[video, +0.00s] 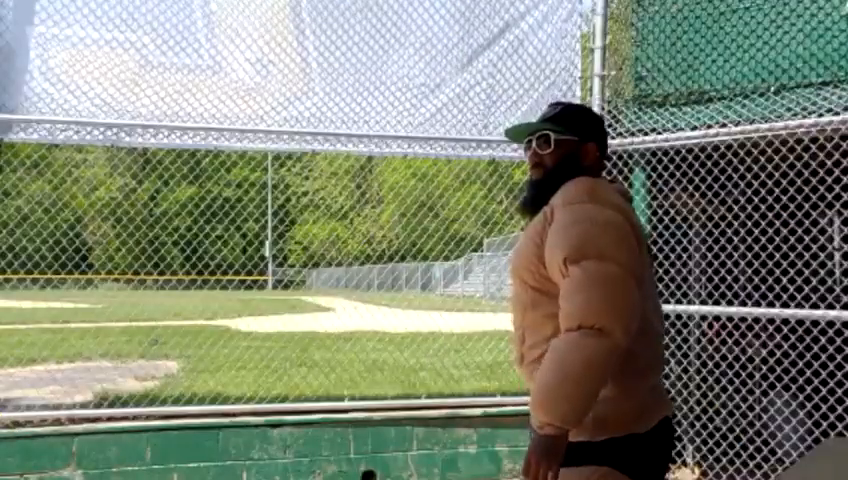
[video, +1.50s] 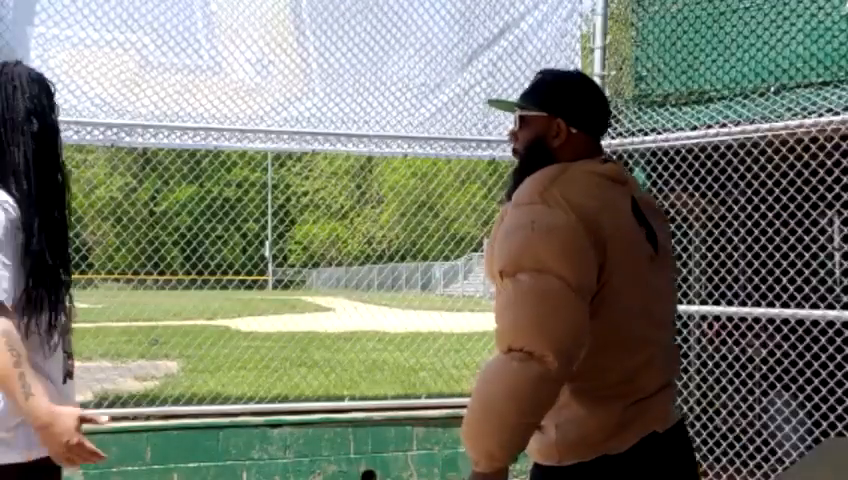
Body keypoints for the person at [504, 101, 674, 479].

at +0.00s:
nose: (532, 154)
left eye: (545, 141)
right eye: (530, 144)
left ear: (588, 152)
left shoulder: (584, 204)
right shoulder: (576, 203)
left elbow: (595, 324)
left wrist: (550, 425)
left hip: (606, 438)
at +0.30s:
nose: (529, 151)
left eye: (543, 139)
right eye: (529, 140)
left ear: (584, 151)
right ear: (586, 154)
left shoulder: (576, 206)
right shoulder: (597, 202)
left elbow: (584, 328)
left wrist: (553, 440)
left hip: (603, 440)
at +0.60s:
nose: (523, 150)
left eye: (537, 136)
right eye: (524, 137)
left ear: (578, 147)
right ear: (579, 150)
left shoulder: (571, 207)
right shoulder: (595, 199)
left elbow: (570, 331)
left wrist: (517, 432)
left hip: (594, 444)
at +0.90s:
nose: (518, 147)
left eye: (532, 134)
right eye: (522, 134)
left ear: (570, 143)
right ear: (572, 146)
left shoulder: (562, 206)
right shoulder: (604, 199)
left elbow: (553, 332)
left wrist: (482, 427)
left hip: (592, 453)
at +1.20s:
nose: (512, 139)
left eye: (522, 125)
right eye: (514, 126)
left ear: (559, 132)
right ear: (567, 135)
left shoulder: (549, 204)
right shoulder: (612, 196)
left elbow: (540, 343)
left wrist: (479, 445)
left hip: (589, 456)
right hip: (647, 443)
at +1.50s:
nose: (511, 135)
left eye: (522, 122)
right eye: (515, 122)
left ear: (558, 131)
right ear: (567, 132)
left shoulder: (547, 202)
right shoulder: (630, 196)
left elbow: (536, 347)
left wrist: (487, 457)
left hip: (586, 456)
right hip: (660, 440)